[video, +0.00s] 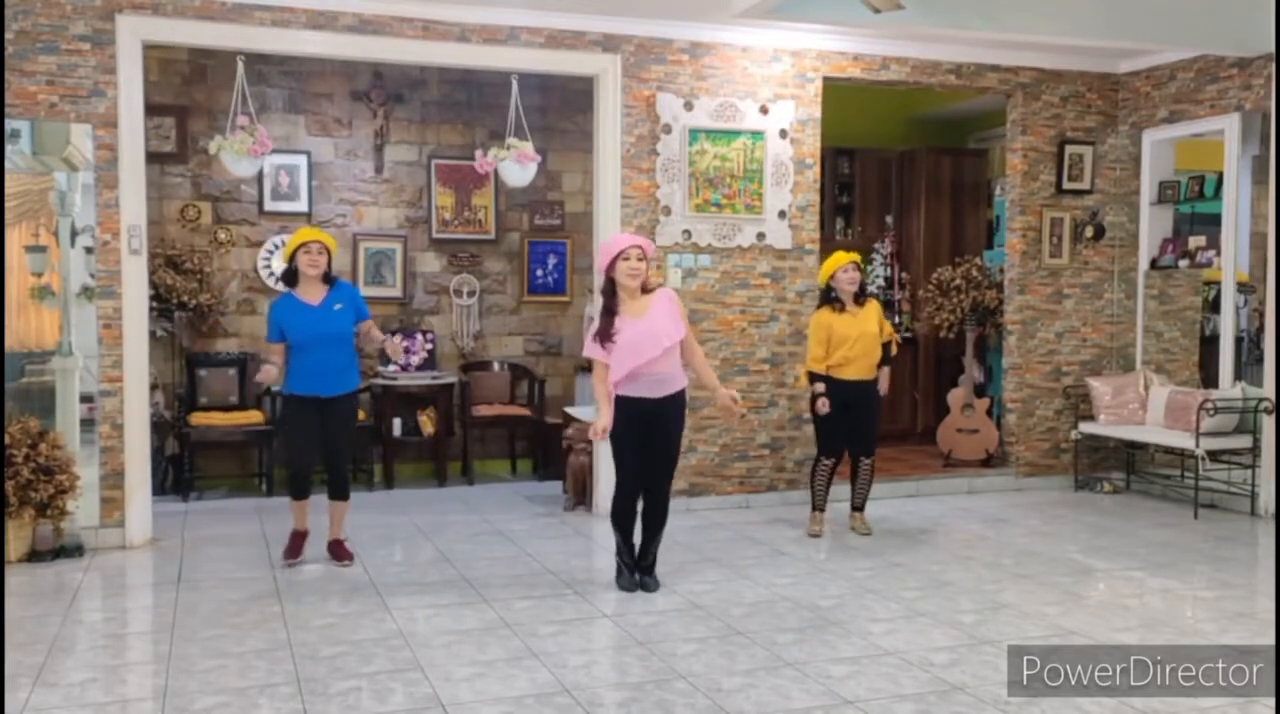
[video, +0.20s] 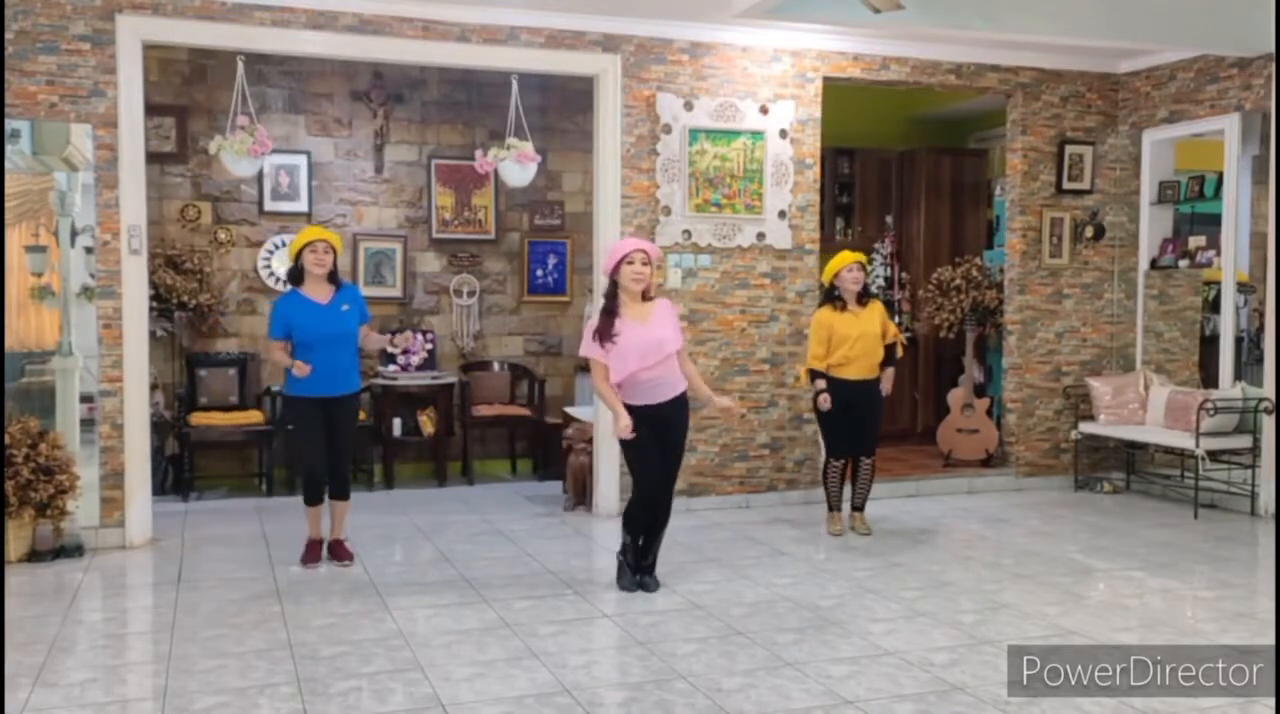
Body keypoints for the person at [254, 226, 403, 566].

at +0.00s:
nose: (314, 257)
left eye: (320, 252)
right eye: (307, 252)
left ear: (329, 260)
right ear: (295, 260)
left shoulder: (347, 294)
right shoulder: (281, 307)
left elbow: (368, 332)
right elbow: (277, 355)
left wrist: (384, 343)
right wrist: (271, 369)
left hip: (341, 396)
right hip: (299, 398)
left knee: (339, 466)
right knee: (299, 466)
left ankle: (336, 538)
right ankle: (299, 531)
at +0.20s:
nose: (321, 257)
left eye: (326, 251)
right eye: (313, 251)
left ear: (335, 258)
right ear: (301, 258)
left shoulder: (351, 295)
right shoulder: (286, 304)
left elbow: (364, 337)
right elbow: (275, 350)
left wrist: (389, 341)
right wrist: (292, 363)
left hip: (344, 396)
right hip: (303, 397)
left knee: (341, 469)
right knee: (313, 470)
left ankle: (337, 539)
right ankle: (314, 539)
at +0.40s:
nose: (323, 257)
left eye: (328, 251)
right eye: (315, 251)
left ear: (337, 259)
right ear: (303, 259)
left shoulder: (351, 298)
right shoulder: (287, 303)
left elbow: (360, 343)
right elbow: (272, 349)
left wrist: (391, 339)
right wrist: (298, 355)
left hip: (343, 397)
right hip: (303, 398)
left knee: (341, 467)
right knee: (307, 467)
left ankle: (338, 538)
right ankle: (306, 533)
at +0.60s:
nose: (316, 255)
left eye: (322, 249)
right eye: (309, 249)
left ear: (331, 257)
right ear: (297, 256)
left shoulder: (341, 299)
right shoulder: (281, 297)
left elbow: (346, 346)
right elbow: (259, 342)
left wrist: (380, 337)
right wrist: (291, 349)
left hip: (332, 395)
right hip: (291, 395)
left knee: (333, 466)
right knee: (292, 464)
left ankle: (336, 539)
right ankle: (270, 538)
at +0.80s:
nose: (306, 254)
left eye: (312, 249)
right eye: (298, 249)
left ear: (319, 258)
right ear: (286, 256)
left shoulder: (324, 302)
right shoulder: (267, 295)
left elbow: (326, 351)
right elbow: (230, 329)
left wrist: (361, 346)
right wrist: (262, 351)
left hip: (312, 396)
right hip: (270, 396)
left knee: (321, 465)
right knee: (266, 467)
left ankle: (334, 539)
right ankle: (263, 543)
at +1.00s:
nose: (295, 257)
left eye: (301, 252)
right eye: (287, 252)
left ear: (310, 262)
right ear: (275, 259)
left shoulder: (314, 306)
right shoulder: (255, 295)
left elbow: (314, 354)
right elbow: (211, 325)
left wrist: (341, 358)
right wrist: (228, 352)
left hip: (297, 399)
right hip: (253, 397)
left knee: (316, 463)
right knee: (258, 469)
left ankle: (322, 537)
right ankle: (262, 544)